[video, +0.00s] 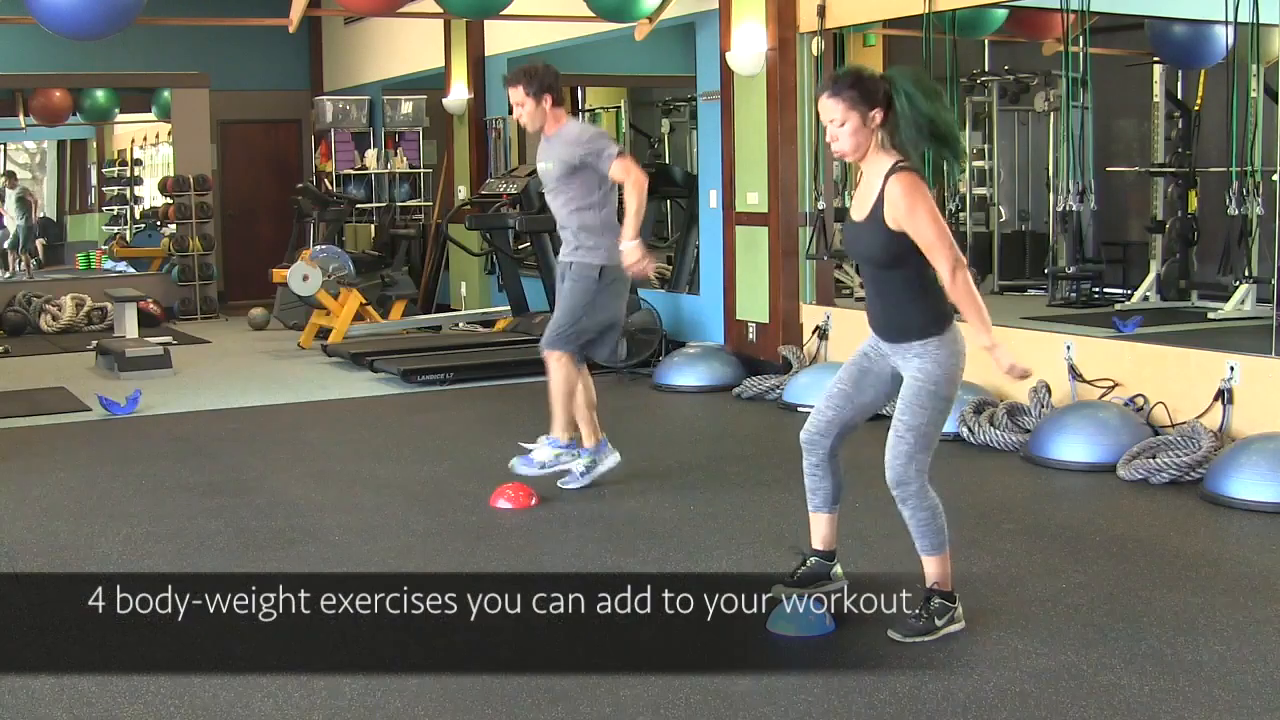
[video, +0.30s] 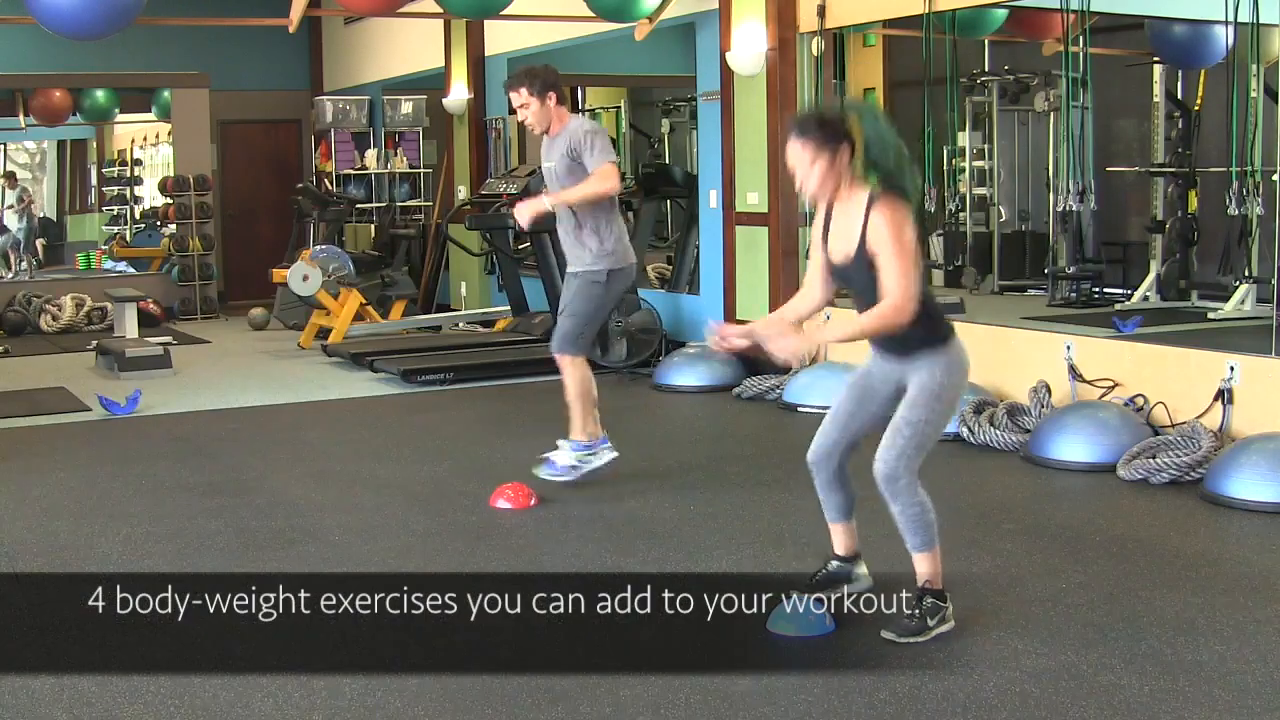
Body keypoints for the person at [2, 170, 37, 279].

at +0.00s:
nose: (5, 183)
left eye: (7, 180)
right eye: (4, 181)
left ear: (14, 180)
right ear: (5, 181)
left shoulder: (22, 190)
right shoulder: (9, 192)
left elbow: (34, 201)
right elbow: (4, 207)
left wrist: (34, 216)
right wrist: (9, 217)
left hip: (26, 223)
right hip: (17, 223)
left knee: (23, 251)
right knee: (10, 247)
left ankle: (29, 273)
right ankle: (11, 270)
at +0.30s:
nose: (4, 185)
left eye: (6, 182)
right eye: (4, 183)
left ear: (13, 180)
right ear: (10, 181)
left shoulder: (22, 189)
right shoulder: (14, 192)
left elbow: (30, 200)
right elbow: (16, 204)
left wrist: (20, 208)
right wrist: (7, 208)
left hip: (28, 223)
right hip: (19, 223)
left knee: (24, 250)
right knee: (11, 247)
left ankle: (30, 273)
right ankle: (14, 271)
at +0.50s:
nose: (4, 197)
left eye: (5, 194)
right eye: (3, 195)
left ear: (11, 193)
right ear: (4, 195)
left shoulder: (22, 203)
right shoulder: (9, 205)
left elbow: (26, 214)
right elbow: (7, 216)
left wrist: (14, 215)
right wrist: (3, 216)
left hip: (32, 232)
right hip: (24, 233)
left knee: (24, 256)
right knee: (16, 256)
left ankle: (32, 277)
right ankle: (26, 278)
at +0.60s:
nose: (4, 211)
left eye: (5, 208)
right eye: (3, 208)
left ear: (10, 207)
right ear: (4, 209)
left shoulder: (19, 216)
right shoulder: (10, 219)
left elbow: (21, 228)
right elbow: (5, 227)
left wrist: (11, 225)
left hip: (36, 243)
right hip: (29, 244)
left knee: (21, 260)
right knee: (14, 260)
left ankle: (32, 279)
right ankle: (27, 279)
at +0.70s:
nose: (2, 223)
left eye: (3, 220)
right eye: (1, 220)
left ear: (9, 219)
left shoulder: (19, 228)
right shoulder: (7, 231)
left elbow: (12, 238)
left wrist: (2, 232)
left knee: (20, 260)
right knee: (2, 258)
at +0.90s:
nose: (1, 229)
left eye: (2, 226)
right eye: (1, 227)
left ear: (7, 225)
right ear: (7, 225)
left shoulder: (16, 233)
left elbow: (3, 244)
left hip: (39, 253)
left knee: (20, 261)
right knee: (15, 260)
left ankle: (31, 280)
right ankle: (28, 280)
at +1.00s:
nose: (1, 218)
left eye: (1, 216)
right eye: (1, 216)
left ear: (6, 216)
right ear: (8, 216)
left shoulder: (15, 225)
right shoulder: (14, 225)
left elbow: (4, 239)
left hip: (35, 247)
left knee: (18, 261)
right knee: (14, 260)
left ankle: (29, 279)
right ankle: (29, 279)